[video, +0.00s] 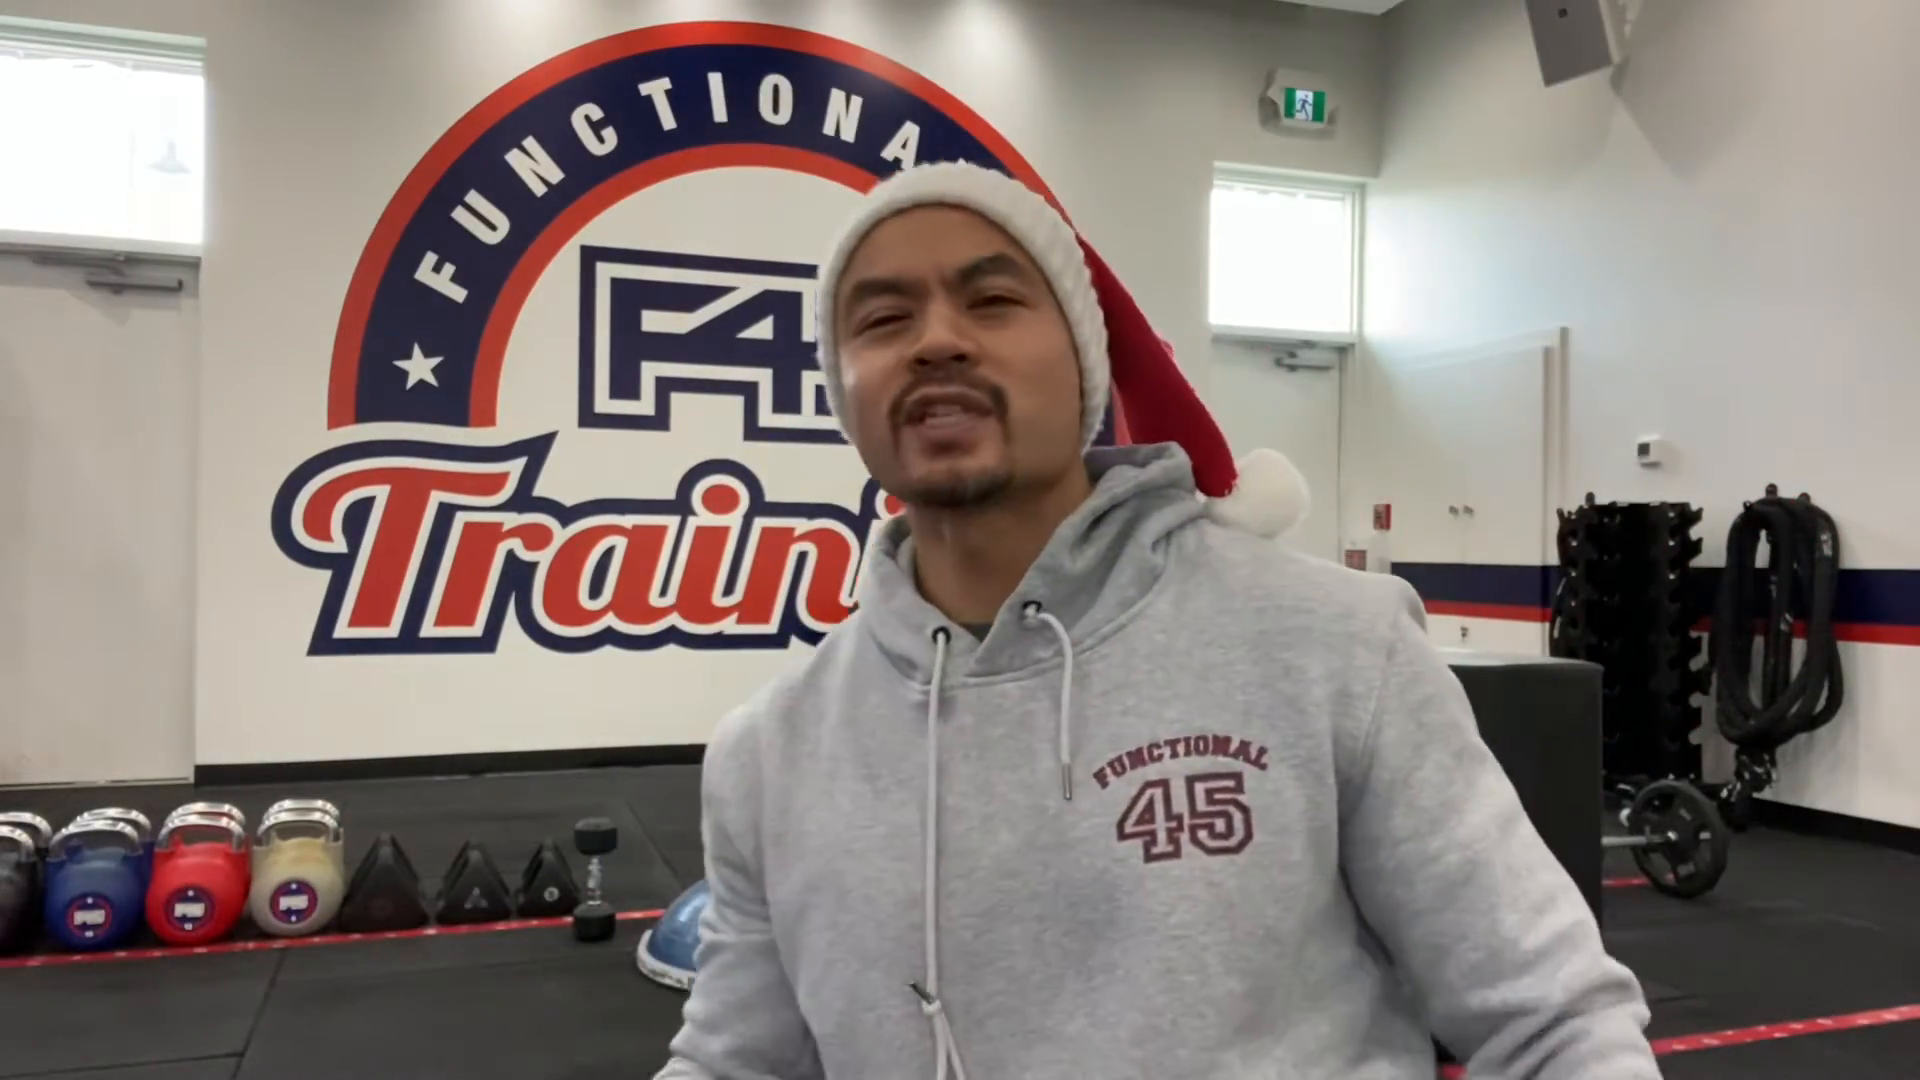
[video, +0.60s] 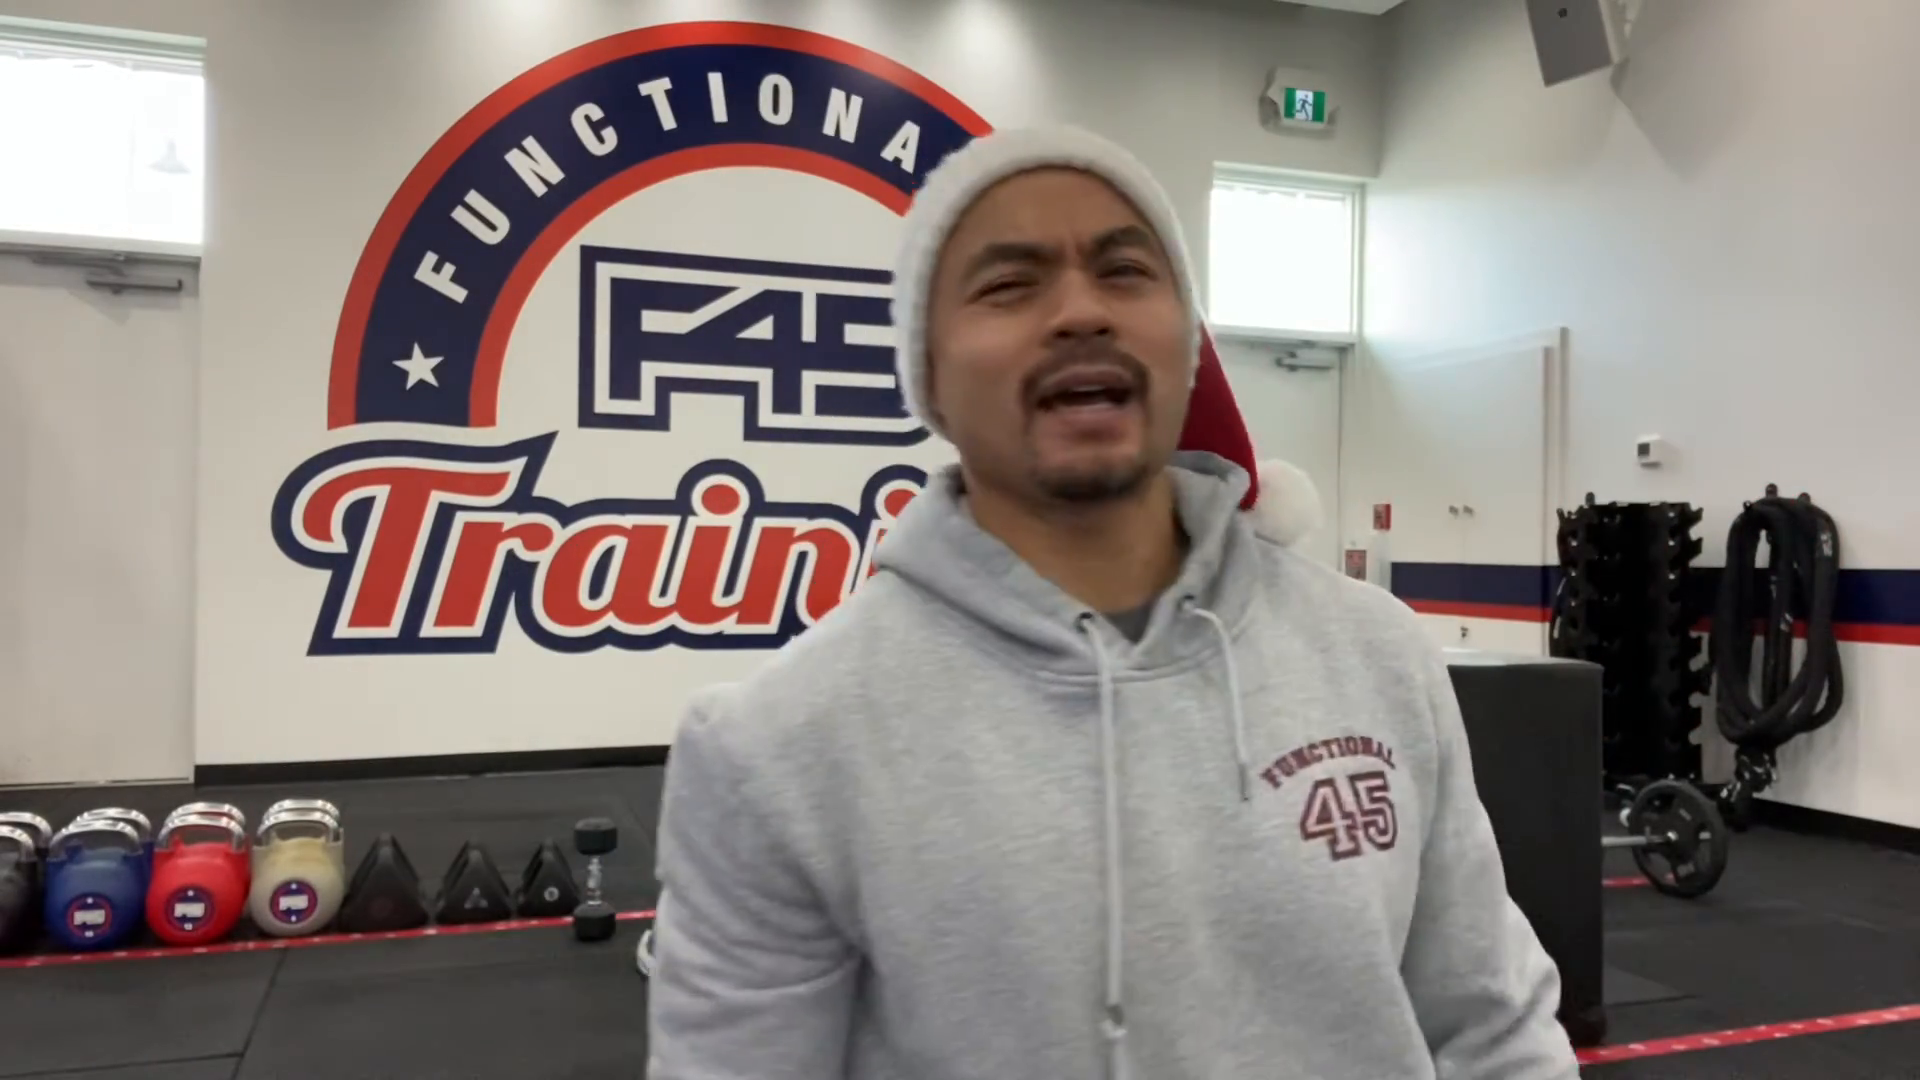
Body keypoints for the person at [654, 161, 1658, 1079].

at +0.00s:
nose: (938, 342)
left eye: (995, 300)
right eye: (885, 318)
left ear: (1088, 361)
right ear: (844, 399)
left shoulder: (1334, 646)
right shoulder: (765, 762)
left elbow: (1556, 1025)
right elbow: (723, 1064)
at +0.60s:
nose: (1083, 313)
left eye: (1128, 270)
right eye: (1010, 283)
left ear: (1190, 337)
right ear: (924, 374)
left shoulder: (1376, 658)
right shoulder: (771, 752)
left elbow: (1498, 1035)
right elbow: (725, 1064)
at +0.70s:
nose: (1164, 326)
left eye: (1197, 289)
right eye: (1091, 292)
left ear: (1244, 348)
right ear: (993, 379)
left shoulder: (1374, 664)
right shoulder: (836, 732)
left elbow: (1488, 1000)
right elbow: (778, 1071)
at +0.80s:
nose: (1296, 378)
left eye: (1319, 347)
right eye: (1233, 328)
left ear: (1338, 391)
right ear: (1099, 368)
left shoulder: (1369, 679)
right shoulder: (915, 697)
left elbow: (1474, 940)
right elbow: (823, 1053)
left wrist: (1500, 1040)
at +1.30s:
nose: (1192, 382)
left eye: (1221, 338)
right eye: (1130, 359)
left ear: (1277, 375)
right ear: (1065, 427)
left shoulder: (1426, 655)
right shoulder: (946, 690)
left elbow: (1519, 910)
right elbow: (892, 1020)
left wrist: (1438, 1019)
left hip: (1363, 1076)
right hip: (1067, 1064)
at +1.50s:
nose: (1017, 398)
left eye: (1061, 352)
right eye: (974, 378)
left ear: (1155, 385)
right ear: (950, 437)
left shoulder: (1364, 655)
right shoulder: (869, 697)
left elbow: (1496, 920)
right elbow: (836, 1012)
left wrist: (1344, 1030)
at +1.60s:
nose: (928, 408)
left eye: (975, 365)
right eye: (893, 389)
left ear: (1076, 396)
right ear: (878, 449)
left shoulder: (1281, 659)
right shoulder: (816, 707)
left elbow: (1414, 932)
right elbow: (790, 998)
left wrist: (1240, 1036)